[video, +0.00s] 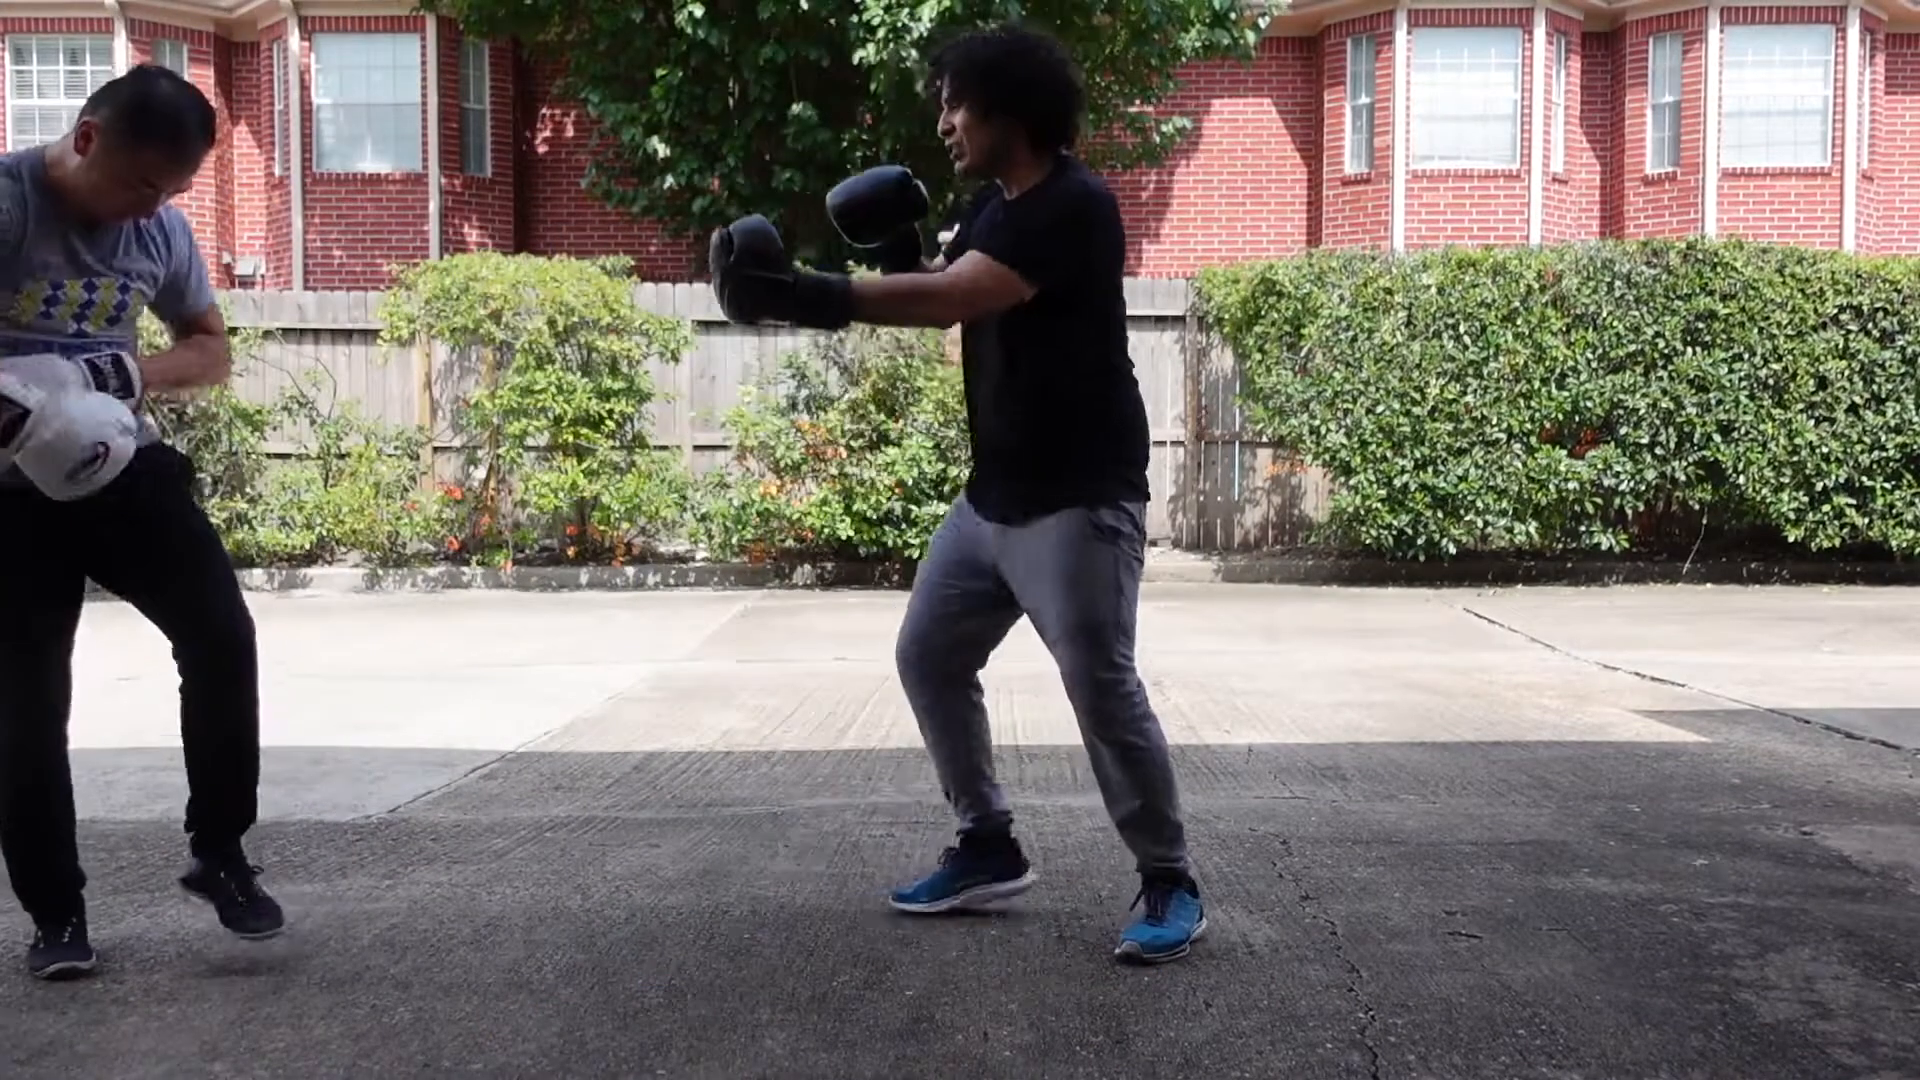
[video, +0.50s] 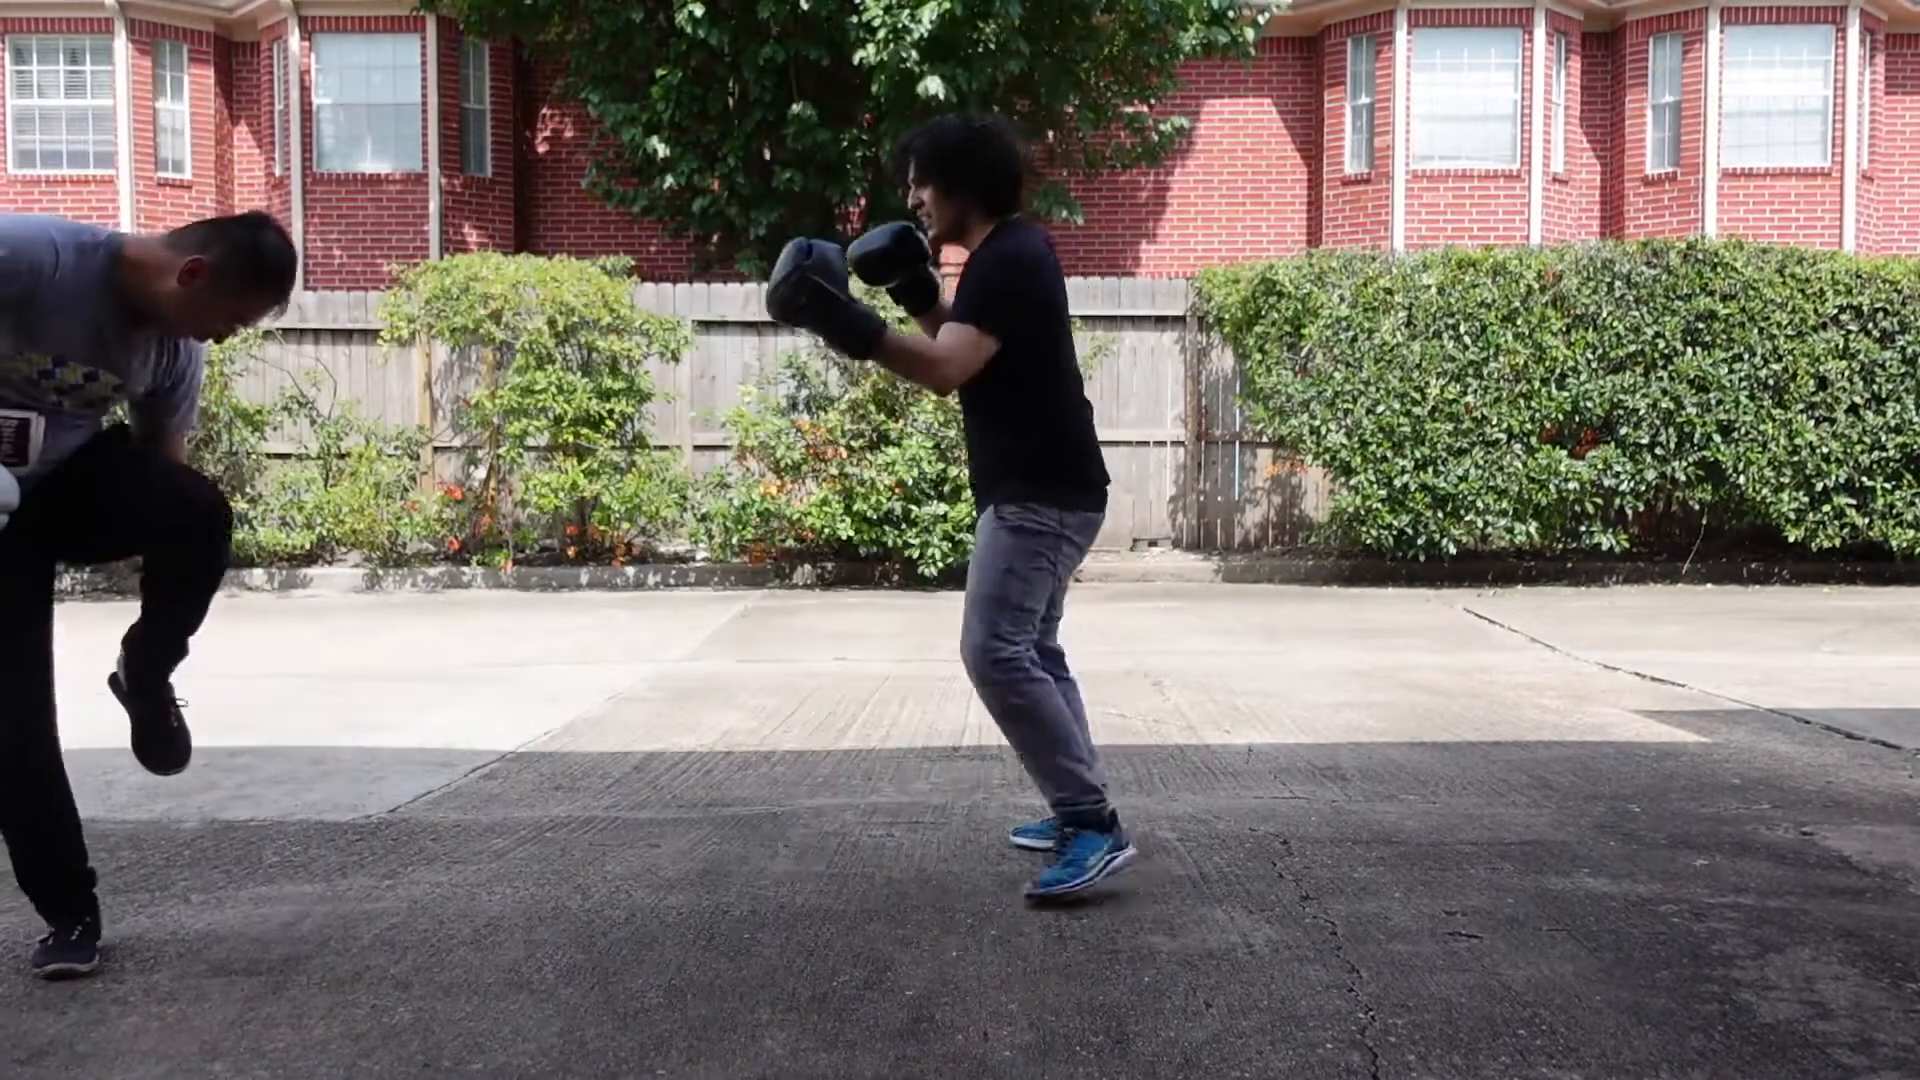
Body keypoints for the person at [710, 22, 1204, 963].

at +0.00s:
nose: (946, 128)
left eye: (959, 110)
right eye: (945, 111)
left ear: (1015, 112)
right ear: (986, 114)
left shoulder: (1075, 203)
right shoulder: (988, 209)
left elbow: (962, 296)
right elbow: (950, 309)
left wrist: (816, 296)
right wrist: (902, 259)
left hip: (1081, 498)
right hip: (993, 496)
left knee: (1102, 688)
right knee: (930, 657)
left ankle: (1168, 885)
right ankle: (987, 847)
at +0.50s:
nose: (916, 202)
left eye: (924, 187)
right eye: (915, 188)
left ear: (960, 188)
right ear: (986, 185)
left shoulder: (1009, 256)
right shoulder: (1004, 252)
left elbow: (947, 368)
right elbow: (972, 353)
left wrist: (849, 324)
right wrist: (921, 290)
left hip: (1038, 496)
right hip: (1036, 491)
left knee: (994, 651)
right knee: (1033, 648)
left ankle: (1092, 825)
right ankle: (1080, 807)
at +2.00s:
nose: (772, 248)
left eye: (784, 236)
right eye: (766, 238)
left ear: (818, 236)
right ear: (761, 243)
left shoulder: (864, 306)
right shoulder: (748, 302)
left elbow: (884, 401)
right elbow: (705, 402)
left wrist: (841, 400)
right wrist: (716, 361)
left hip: (845, 515)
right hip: (762, 514)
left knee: (876, 637)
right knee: (743, 640)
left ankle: (892, 743)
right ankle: (751, 774)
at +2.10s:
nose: (793, 253)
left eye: (805, 242)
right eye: (787, 243)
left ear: (840, 246)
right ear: (782, 248)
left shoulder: (883, 315)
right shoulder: (765, 306)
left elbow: (900, 410)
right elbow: (728, 403)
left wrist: (852, 414)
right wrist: (740, 375)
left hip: (856, 517)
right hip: (775, 514)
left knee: (871, 641)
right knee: (757, 640)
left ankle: (885, 749)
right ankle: (753, 773)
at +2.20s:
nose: (812, 255)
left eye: (824, 244)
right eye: (804, 245)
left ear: (855, 248)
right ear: (797, 249)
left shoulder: (894, 318)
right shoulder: (773, 305)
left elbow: (907, 411)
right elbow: (738, 386)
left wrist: (866, 418)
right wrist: (759, 379)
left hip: (859, 510)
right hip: (778, 506)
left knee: (874, 636)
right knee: (762, 626)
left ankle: (887, 748)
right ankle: (764, 759)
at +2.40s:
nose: (837, 266)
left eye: (850, 256)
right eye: (828, 254)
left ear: (871, 265)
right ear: (814, 258)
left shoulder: (886, 325)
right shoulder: (776, 309)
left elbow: (908, 409)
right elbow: (729, 385)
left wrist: (879, 356)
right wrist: (748, 429)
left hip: (854, 511)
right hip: (776, 511)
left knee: (872, 632)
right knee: (750, 632)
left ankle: (886, 747)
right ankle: (743, 737)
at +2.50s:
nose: (852, 277)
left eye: (864, 271)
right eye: (843, 266)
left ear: (876, 285)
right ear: (820, 266)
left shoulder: (870, 332)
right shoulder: (777, 317)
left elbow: (906, 387)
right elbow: (737, 398)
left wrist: (865, 323)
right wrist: (748, 478)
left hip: (849, 515)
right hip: (776, 517)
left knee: (888, 615)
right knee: (760, 640)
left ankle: (884, 744)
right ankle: (752, 744)